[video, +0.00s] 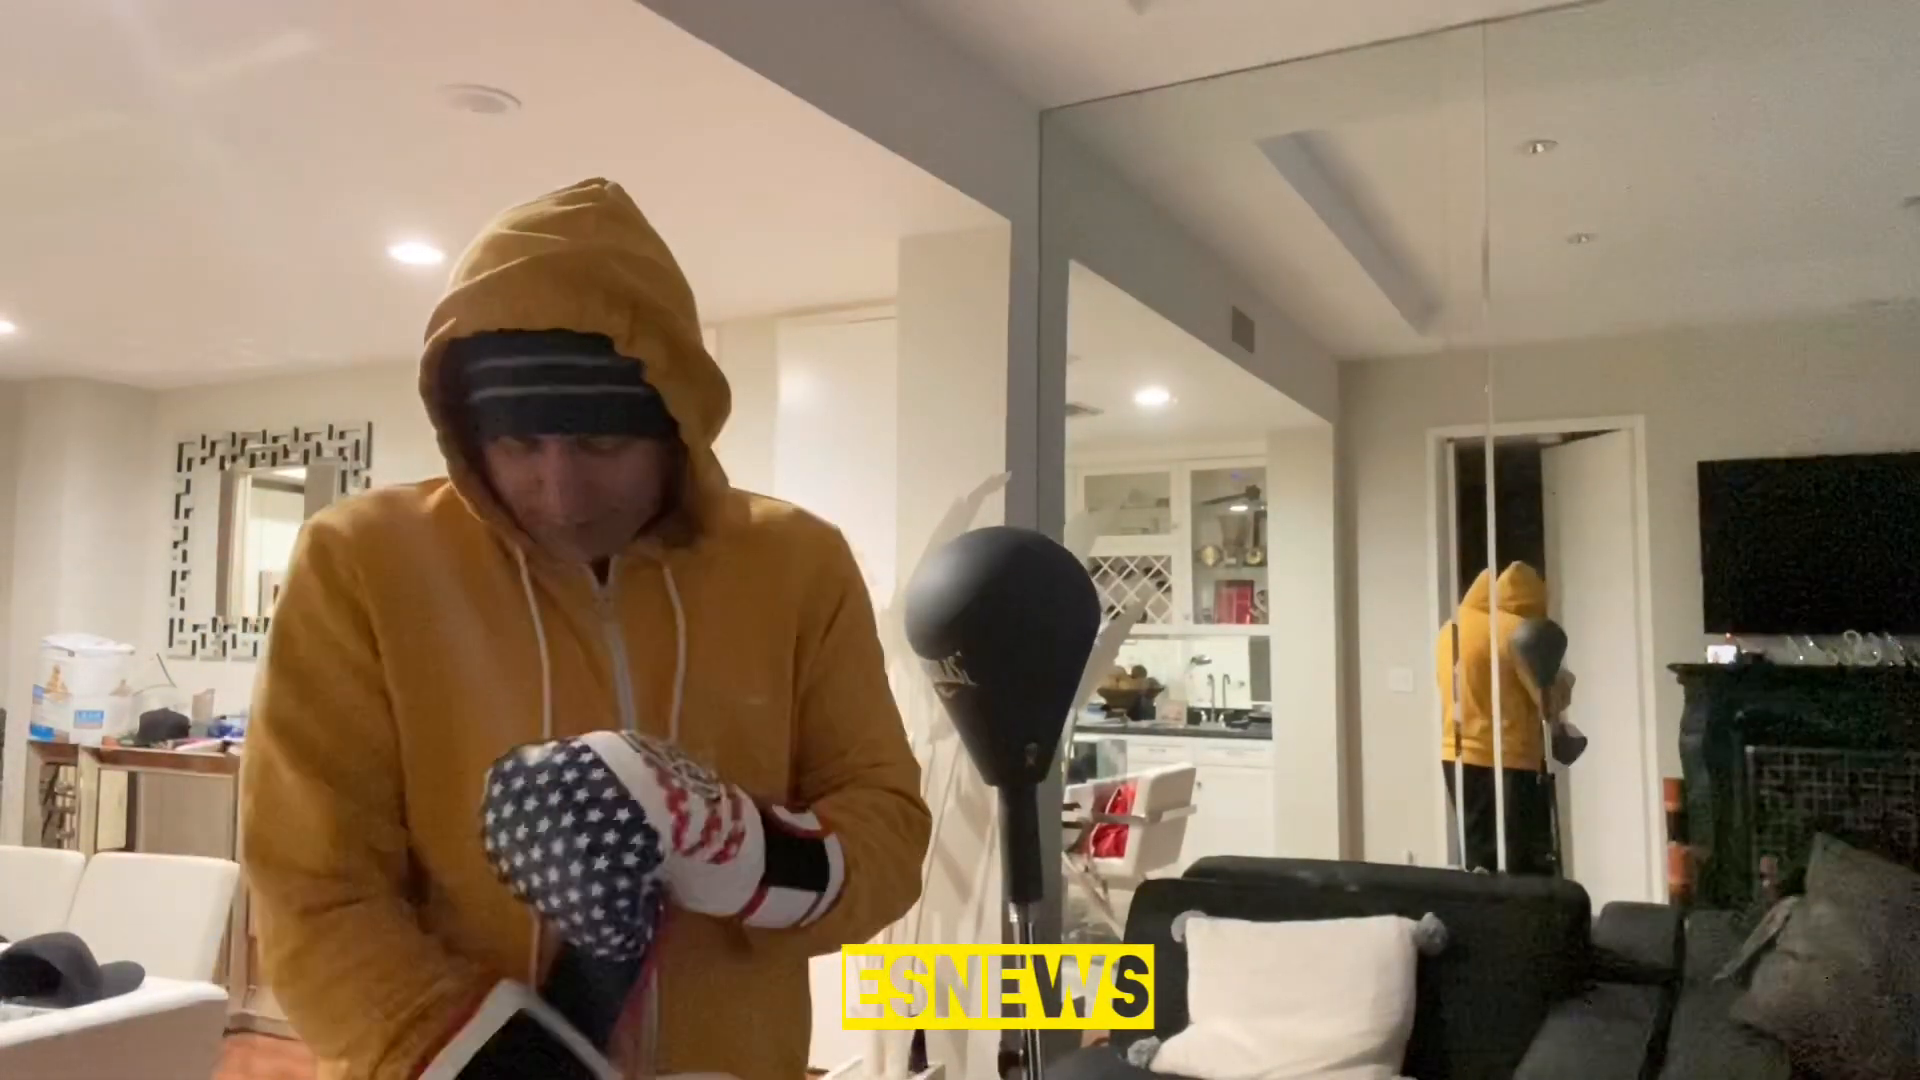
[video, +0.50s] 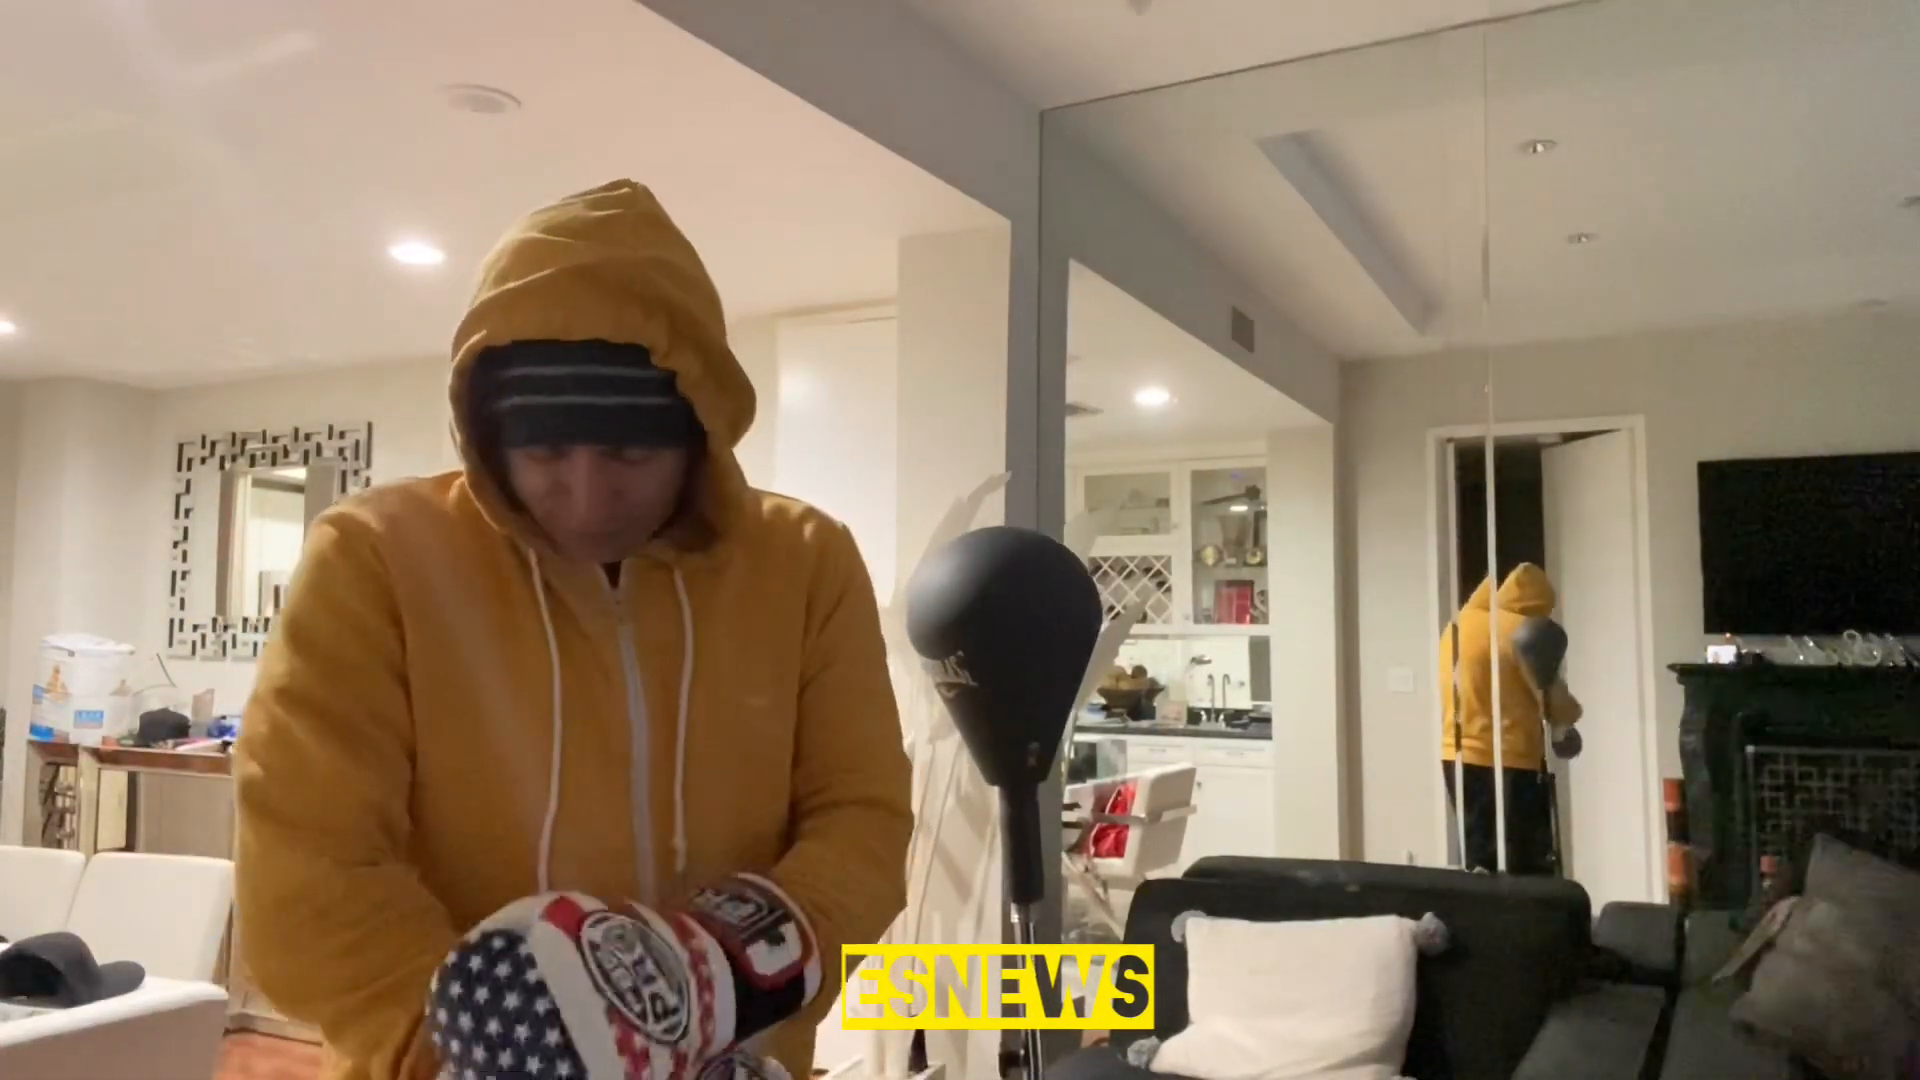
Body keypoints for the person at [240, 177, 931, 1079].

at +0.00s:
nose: (559, 495)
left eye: (603, 442)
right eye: (520, 444)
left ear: (676, 424)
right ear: (470, 432)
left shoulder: (797, 566)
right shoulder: (363, 565)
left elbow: (889, 829)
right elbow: (317, 897)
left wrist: (728, 846)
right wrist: (477, 1045)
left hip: (729, 1062)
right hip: (476, 1060)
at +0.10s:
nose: (570, 493)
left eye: (615, 440)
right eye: (531, 442)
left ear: (684, 428)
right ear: (480, 434)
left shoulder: (801, 566)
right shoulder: (373, 561)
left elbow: (885, 812)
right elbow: (319, 888)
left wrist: (732, 874)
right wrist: (500, 1040)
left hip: (739, 1065)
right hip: (478, 1064)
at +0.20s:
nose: (578, 493)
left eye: (620, 441)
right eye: (538, 442)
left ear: (690, 431)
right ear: (487, 435)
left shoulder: (804, 567)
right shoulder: (378, 559)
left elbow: (879, 819)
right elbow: (315, 882)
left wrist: (726, 907)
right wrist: (490, 1048)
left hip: (739, 1066)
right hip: (468, 1061)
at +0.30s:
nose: (586, 494)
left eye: (628, 444)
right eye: (546, 444)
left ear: (696, 436)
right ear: (495, 438)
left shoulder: (806, 567)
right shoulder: (381, 558)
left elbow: (875, 821)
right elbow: (311, 885)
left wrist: (744, 922)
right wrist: (477, 1052)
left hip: (740, 1068)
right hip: (462, 1064)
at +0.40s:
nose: (589, 497)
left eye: (631, 449)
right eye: (548, 447)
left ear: (697, 436)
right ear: (496, 436)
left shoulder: (806, 565)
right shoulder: (383, 558)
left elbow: (870, 823)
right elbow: (309, 877)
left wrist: (728, 936)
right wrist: (454, 1051)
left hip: (739, 1064)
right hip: (471, 1059)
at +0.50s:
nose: (587, 500)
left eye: (629, 451)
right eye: (544, 449)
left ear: (697, 436)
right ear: (490, 436)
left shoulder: (804, 564)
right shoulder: (375, 560)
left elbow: (864, 828)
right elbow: (309, 890)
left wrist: (718, 968)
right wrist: (488, 1040)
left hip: (740, 1063)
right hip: (466, 1061)